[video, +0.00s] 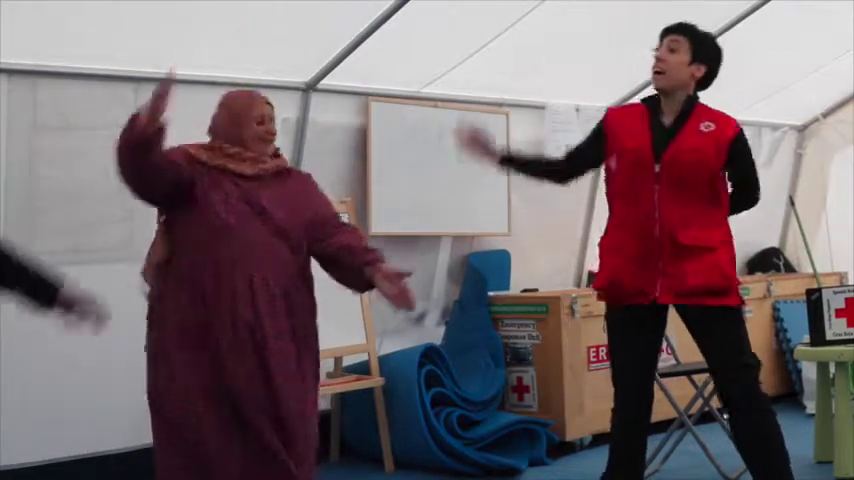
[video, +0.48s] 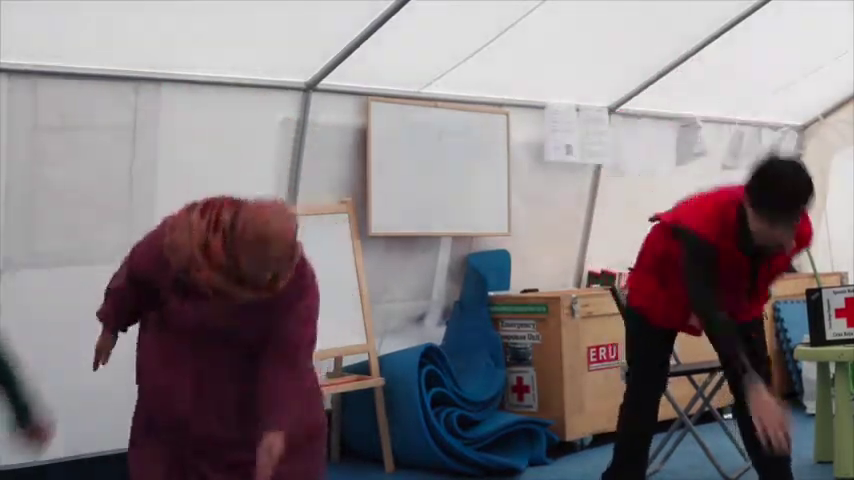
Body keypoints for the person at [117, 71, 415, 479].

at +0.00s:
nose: (270, 129)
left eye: (272, 120)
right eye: (260, 121)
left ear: (276, 126)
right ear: (227, 127)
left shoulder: (296, 186)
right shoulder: (191, 168)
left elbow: (333, 236)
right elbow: (146, 175)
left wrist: (372, 269)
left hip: (278, 347)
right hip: (194, 347)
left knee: (282, 452)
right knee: (199, 453)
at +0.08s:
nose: (277, 136)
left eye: (281, 128)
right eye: (267, 128)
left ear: (286, 132)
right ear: (236, 131)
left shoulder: (301, 190)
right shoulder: (191, 172)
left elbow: (333, 249)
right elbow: (143, 199)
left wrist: (362, 286)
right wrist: (125, 184)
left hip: (273, 348)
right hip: (190, 345)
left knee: (279, 455)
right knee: (195, 455)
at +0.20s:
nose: (285, 160)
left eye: (290, 150)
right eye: (275, 150)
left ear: (297, 149)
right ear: (243, 145)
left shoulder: (302, 205)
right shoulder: (190, 185)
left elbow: (322, 270)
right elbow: (135, 217)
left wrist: (339, 322)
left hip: (273, 354)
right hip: (192, 355)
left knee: (283, 455)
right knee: (197, 454)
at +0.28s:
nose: (284, 186)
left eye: (291, 176)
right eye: (274, 176)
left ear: (299, 173)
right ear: (246, 168)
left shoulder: (302, 225)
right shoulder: (191, 199)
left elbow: (315, 293)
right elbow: (135, 242)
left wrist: (321, 347)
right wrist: (106, 288)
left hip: (274, 356)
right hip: (189, 354)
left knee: (281, 452)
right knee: (192, 451)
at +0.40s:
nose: (276, 237)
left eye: (285, 228)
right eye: (268, 228)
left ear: (293, 219)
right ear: (245, 213)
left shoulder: (300, 260)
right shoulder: (188, 223)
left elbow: (299, 335)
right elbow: (138, 265)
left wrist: (294, 398)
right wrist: (109, 324)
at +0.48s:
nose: (266, 281)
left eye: (274, 274)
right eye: (257, 273)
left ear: (286, 260)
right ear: (229, 251)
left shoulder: (297, 281)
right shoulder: (182, 239)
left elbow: (288, 359)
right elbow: (134, 278)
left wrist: (276, 427)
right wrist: (110, 328)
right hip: (180, 356)